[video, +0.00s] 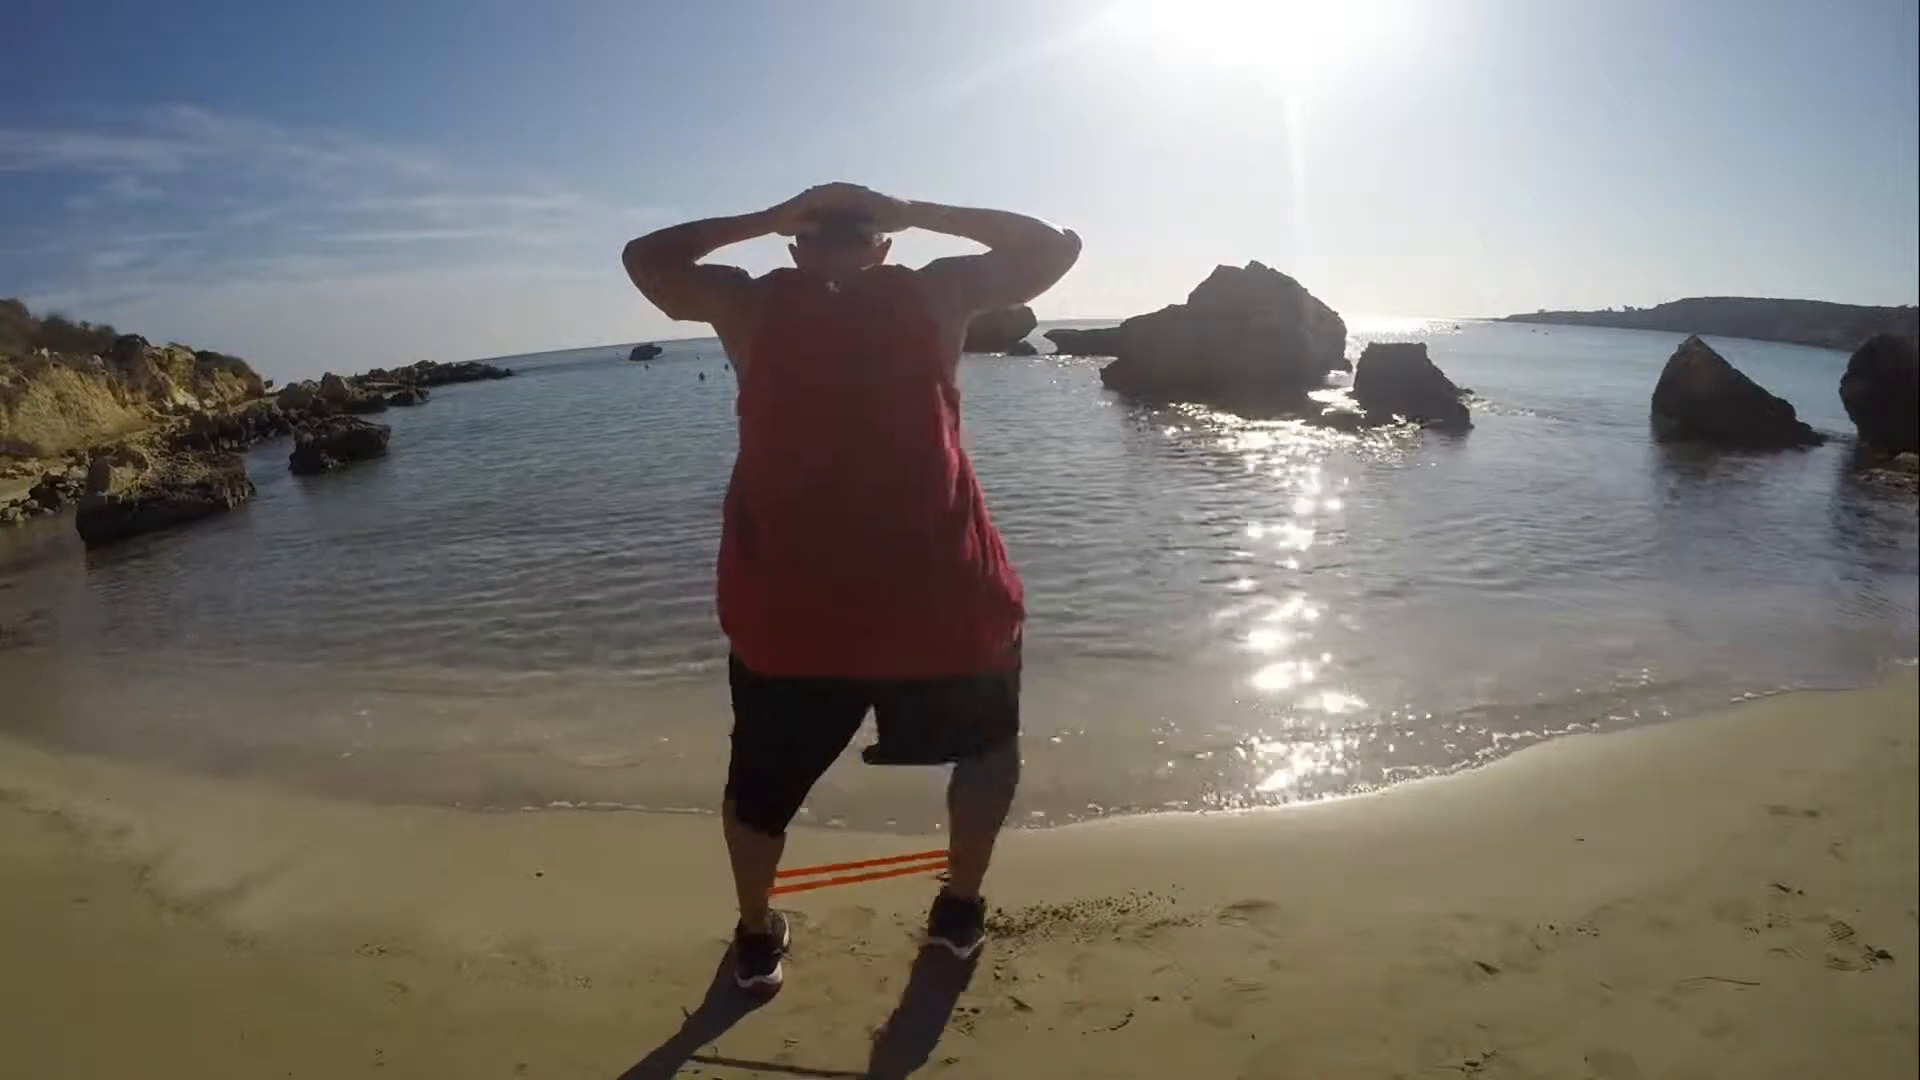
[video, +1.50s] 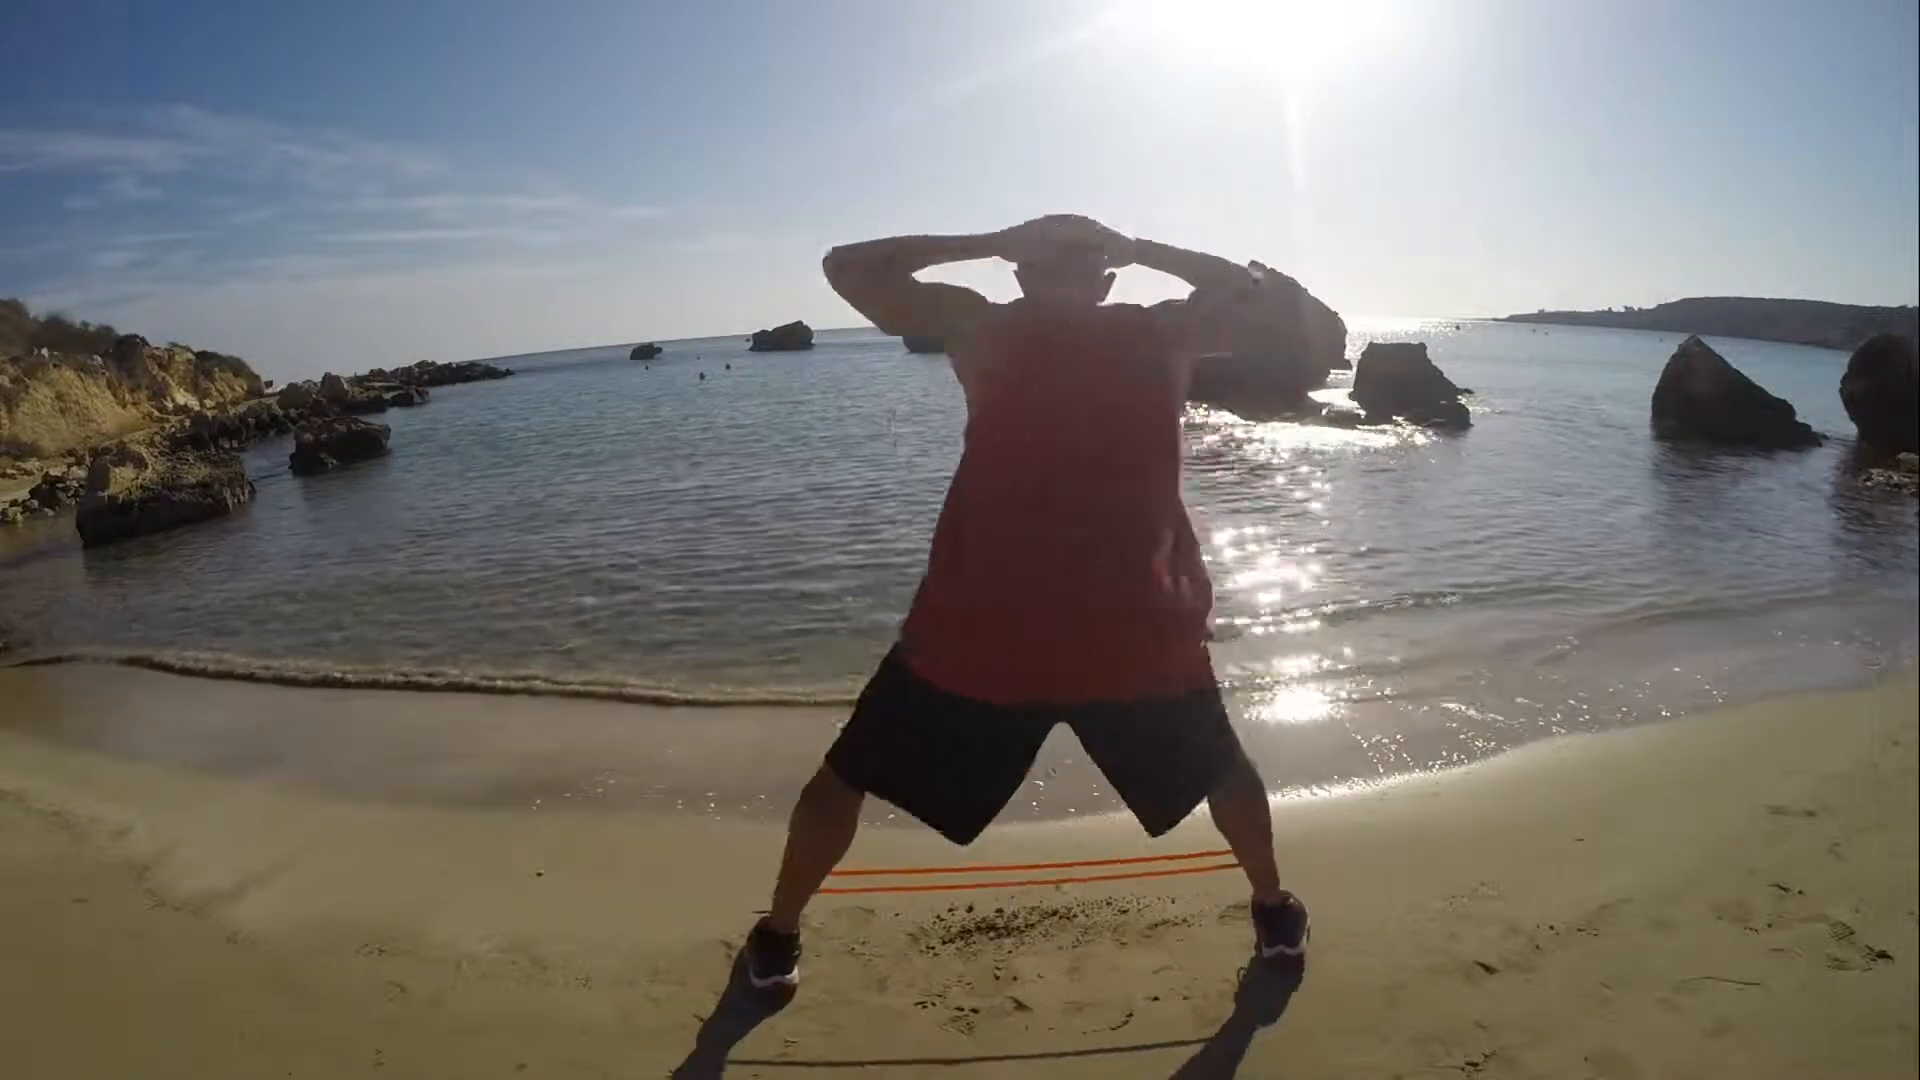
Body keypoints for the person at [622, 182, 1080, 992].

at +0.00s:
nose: (855, 235)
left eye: (830, 224)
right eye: (865, 226)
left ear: (797, 242)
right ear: (887, 244)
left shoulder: (750, 306)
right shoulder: (938, 296)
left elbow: (643, 257)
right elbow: (1053, 246)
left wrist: (768, 219)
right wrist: (914, 212)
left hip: (791, 598)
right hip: (936, 590)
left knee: (759, 783)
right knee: (987, 743)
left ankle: (754, 938)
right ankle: (959, 906)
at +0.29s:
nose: (908, 256)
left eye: (908, 244)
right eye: (915, 241)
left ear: (895, 257)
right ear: (985, 253)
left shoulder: (857, 323)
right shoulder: (1040, 305)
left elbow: (734, 269)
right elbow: (1147, 243)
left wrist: (861, 231)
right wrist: (1012, 220)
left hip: (912, 615)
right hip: (1067, 601)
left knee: (813, 774)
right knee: (1186, 756)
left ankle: (767, 936)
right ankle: (1271, 896)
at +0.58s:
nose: (1094, 258)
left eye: (1097, 244)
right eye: (1096, 244)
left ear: (1095, 249)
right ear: (1166, 240)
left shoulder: (1071, 312)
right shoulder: (1237, 292)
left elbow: (917, 265)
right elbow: (1308, 237)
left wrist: (1051, 225)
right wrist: (1195, 213)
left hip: (1107, 563)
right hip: (1244, 568)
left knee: (969, 741)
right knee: (1267, 741)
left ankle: (927, 908)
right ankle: (1284, 908)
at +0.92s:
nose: (1186, 245)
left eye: (1183, 233)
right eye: (1195, 233)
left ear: (1173, 245)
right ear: (1250, 242)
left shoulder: (1143, 305)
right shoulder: (1311, 293)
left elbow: (1007, 252)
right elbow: (1386, 253)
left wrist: (1139, 220)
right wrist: (1282, 219)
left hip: (1178, 578)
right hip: (1312, 578)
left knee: (1120, 746)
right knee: (1307, 734)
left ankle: (1147, 918)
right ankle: (1288, 912)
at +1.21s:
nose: (1166, 247)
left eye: (1168, 236)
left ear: (1165, 246)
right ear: (1240, 246)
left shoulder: (1136, 303)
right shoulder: (1306, 307)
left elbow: (997, 239)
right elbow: (1369, 269)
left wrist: (1133, 219)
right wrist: (1267, 228)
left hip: (1126, 568)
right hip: (1268, 580)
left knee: (966, 723)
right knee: (1271, 739)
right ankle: (1284, 911)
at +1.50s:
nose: (1072, 263)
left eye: (1056, 250)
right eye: (1079, 251)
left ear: (1025, 271)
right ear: (1107, 271)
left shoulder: (982, 331)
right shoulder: (1161, 334)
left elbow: (849, 266)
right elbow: (1256, 294)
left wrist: (992, 243)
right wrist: (1136, 248)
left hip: (981, 615)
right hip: (1133, 619)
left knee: (846, 773)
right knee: (1223, 765)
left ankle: (774, 938)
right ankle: (1274, 910)